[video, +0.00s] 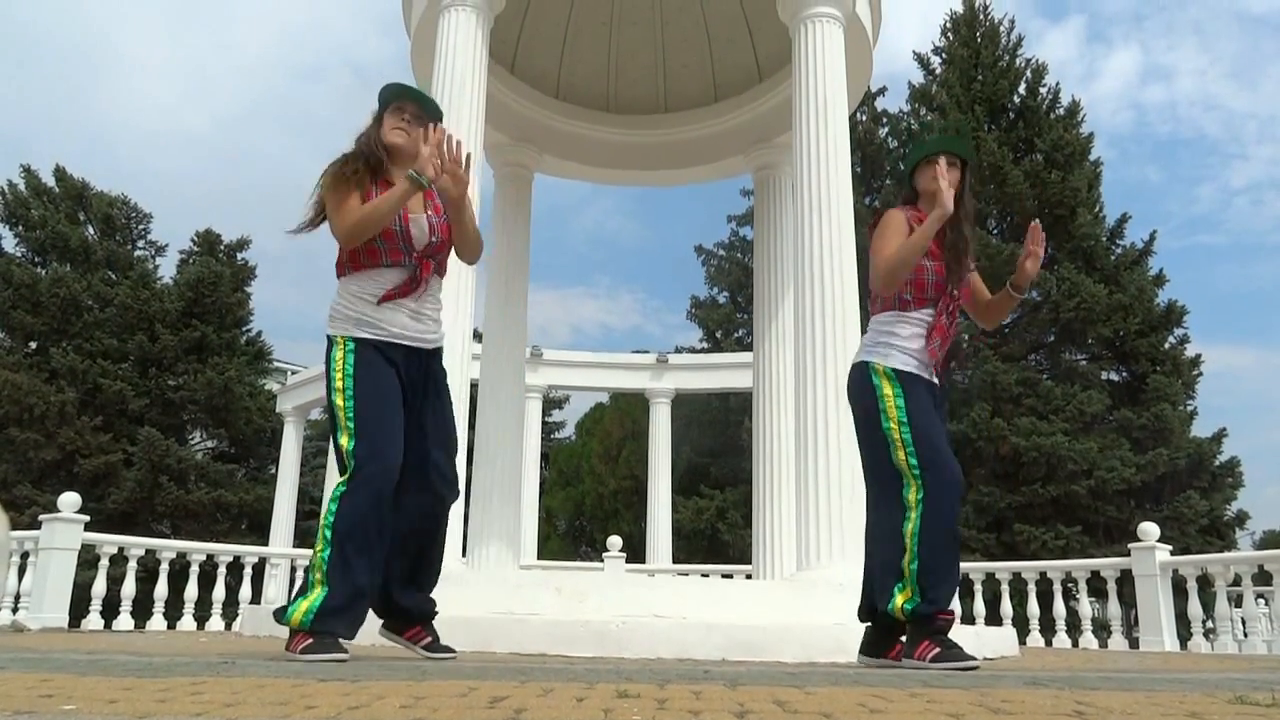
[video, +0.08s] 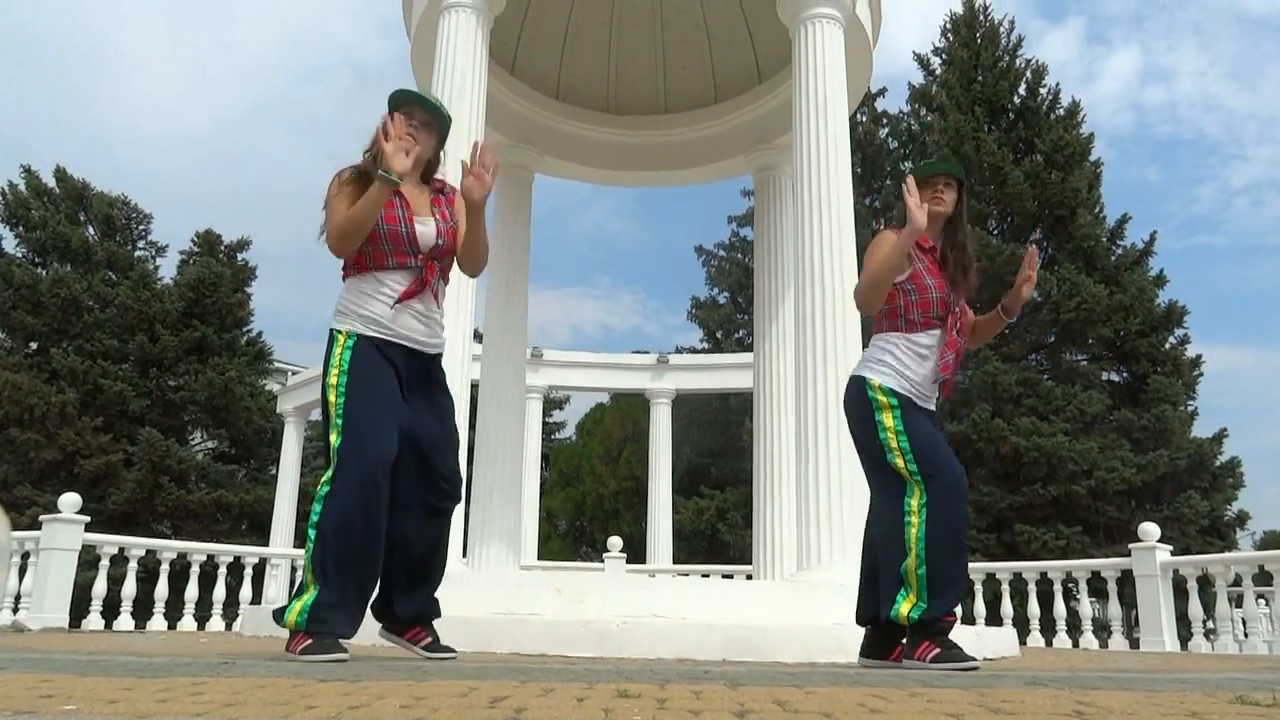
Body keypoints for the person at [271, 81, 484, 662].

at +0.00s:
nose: (406, 126)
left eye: (418, 123)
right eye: (398, 116)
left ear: (433, 139)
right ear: (376, 124)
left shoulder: (441, 188)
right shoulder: (350, 173)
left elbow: (470, 252)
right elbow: (349, 231)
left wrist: (456, 196)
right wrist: (412, 182)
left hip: (424, 351)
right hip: (363, 343)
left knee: (434, 480)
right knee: (372, 471)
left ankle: (405, 612)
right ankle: (318, 625)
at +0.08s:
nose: (412, 132)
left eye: (425, 129)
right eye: (406, 121)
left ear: (440, 145)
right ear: (385, 127)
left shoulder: (449, 197)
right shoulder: (354, 182)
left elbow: (473, 264)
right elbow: (341, 242)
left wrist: (475, 204)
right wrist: (388, 179)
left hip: (424, 357)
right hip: (363, 344)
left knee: (436, 478)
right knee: (364, 464)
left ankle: (406, 615)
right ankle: (319, 623)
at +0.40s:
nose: (441, 178)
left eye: (453, 176)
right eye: (433, 169)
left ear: (464, 194)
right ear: (414, 176)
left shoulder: (466, 243)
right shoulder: (382, 216)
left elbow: (475, 321)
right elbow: (370, 279)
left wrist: (479, 268)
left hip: (439, 377)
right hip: (383, 364)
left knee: (455, 504)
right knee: (368, 492)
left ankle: (401, 627)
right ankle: (316, 630)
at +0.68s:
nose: (466, 212)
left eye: (477, 211)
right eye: (460, 202)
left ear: (483, 228)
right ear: (440, 206)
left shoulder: (479, 276)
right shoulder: (402, 237)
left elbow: (481, 351)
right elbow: (360, 294)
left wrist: (518, 319)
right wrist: (398, 257)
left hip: (452, 393)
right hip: (398, 376)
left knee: (469, 517)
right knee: (378, 497)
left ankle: (403, 634)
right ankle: (321, 623)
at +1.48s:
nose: (486, 193)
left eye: (493, 186)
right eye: (474, 187)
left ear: (505, 199)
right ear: (458, 200)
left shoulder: (515, 263)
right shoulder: (428, 233)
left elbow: (548, 308)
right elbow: (379, 265)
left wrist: (504, 266)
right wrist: (355, 319)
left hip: (453, 379)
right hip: (396, 355)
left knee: (457, 503)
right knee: (426, 439)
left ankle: (406, 634)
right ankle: (376, 554)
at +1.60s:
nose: (467, 183)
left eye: (475, 176)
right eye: (455, 179)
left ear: (493, 191)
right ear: (440, 195)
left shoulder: (504, 250)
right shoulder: (420, 228)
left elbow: (566, 262)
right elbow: (382, 267)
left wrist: (499, 263)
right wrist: (358, 323)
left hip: (457, 387)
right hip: (395, 368)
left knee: (466, 505)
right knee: (418, 443)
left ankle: (413, 637)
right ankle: (391, 575)